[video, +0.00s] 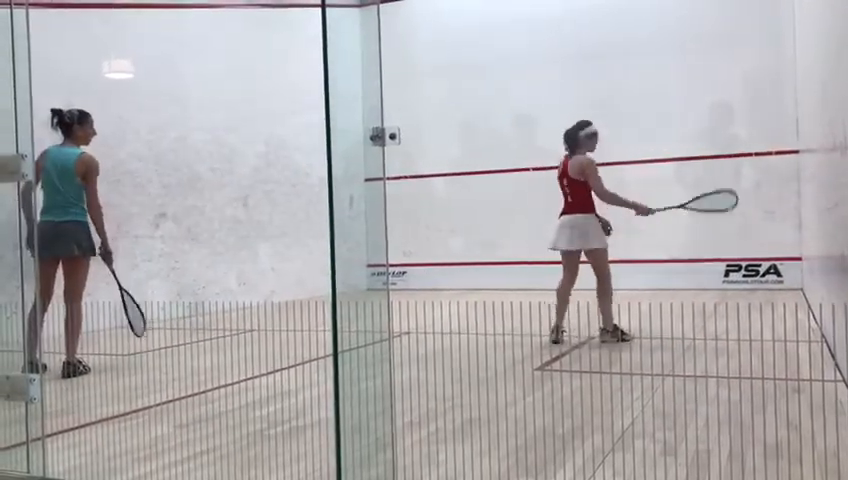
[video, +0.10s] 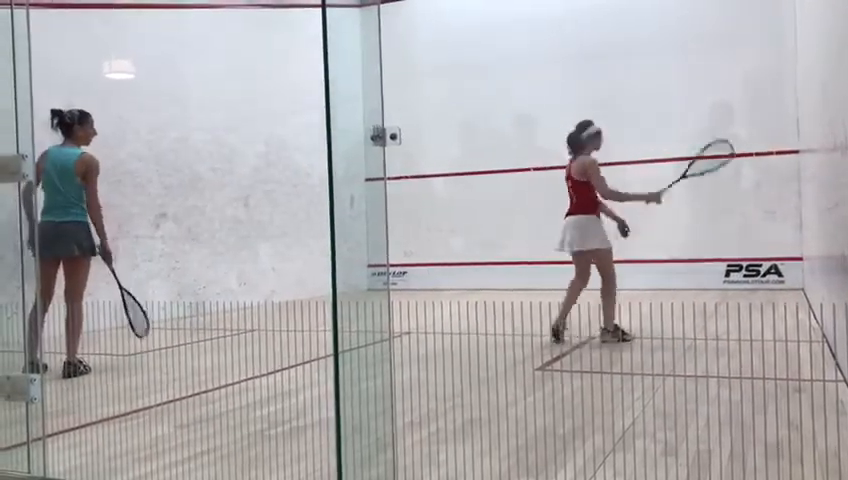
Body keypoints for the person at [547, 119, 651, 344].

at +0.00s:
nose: (596, 141)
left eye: (596, 136)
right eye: (592, 137)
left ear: (575, 141)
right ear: (580, 139)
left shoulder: (564, 164)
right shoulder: (586, 162)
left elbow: (575, 199)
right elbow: (603, 194)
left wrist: (596, 218)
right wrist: (635, 206)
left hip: (566, 222)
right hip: (586, 222)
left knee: (568, 276)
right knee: (603, 275)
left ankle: (557, 327)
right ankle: (608, 327)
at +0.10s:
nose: (601, 141)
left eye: (600, 137)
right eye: (598, 137)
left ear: (580, 141)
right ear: (589, 140)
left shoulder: (572, 165)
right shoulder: (589, 163)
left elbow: (593, 201)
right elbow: (605, 193)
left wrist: (618, 219)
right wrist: (646, 197)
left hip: (573, 224)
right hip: (590, 224)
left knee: (581, 276)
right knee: (608, 276)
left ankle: (560, 322)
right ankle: (609, 326)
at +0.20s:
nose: (603, 139)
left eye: (601, 135)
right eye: (599, 136)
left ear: (585, 143)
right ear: (589, 142)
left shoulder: (578, 167)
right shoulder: (588, 166)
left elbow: (611, 194)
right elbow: (609, 195)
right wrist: (638, 210)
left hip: (577, 225)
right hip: (590, 225)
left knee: (595, 273)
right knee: (612, 274)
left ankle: (566, 311)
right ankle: (611, 326)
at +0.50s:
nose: (595, 140)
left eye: (593, 137)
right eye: (592, 138)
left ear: (580, 144)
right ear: (582, 144)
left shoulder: (589, 162)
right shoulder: (575, 171)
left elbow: (615, 173)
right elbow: (601, 198)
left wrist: (648, 166)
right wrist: (625, 178)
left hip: (582, 226)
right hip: (580, 227)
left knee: (595, 273)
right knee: (605, 275)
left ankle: (565, 311)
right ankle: (612, 328)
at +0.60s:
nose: (590, 143)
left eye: (588, 140)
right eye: (586, 140)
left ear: (575, 148)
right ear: (576, 147)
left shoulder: (582, 165)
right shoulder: (570, 174)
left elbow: (598, 185)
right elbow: (592, 202)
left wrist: (628, 188)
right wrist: (608, 181)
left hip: (575, 228)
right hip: (575, 230)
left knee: (588, 274)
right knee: (602, 274)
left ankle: (562, 316)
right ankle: (612, 327)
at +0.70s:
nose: (582, 150)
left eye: (581, 147)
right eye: (577, 147)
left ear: (565, 156)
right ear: (567, 154)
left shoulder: (560, 179)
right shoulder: (569, 181)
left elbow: (568, 203)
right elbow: (594, 202)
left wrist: (586, 210)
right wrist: (604, 187)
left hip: (558, 233)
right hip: (569, 234)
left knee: (577, 277)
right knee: (595, 278)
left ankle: (557, 320)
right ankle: (611, 327)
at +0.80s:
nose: (573, 151)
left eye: (572, 148)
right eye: (570, 149)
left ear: (552, 156)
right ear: (563, 156)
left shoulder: (541, 178)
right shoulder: (568, 182)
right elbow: (602, 192)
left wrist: (556, 204)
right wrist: (627, 184)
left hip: (542, 233)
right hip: (560, 234)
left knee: (565, 277)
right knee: (588, 278)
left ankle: (556, 322)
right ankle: (600, 326)